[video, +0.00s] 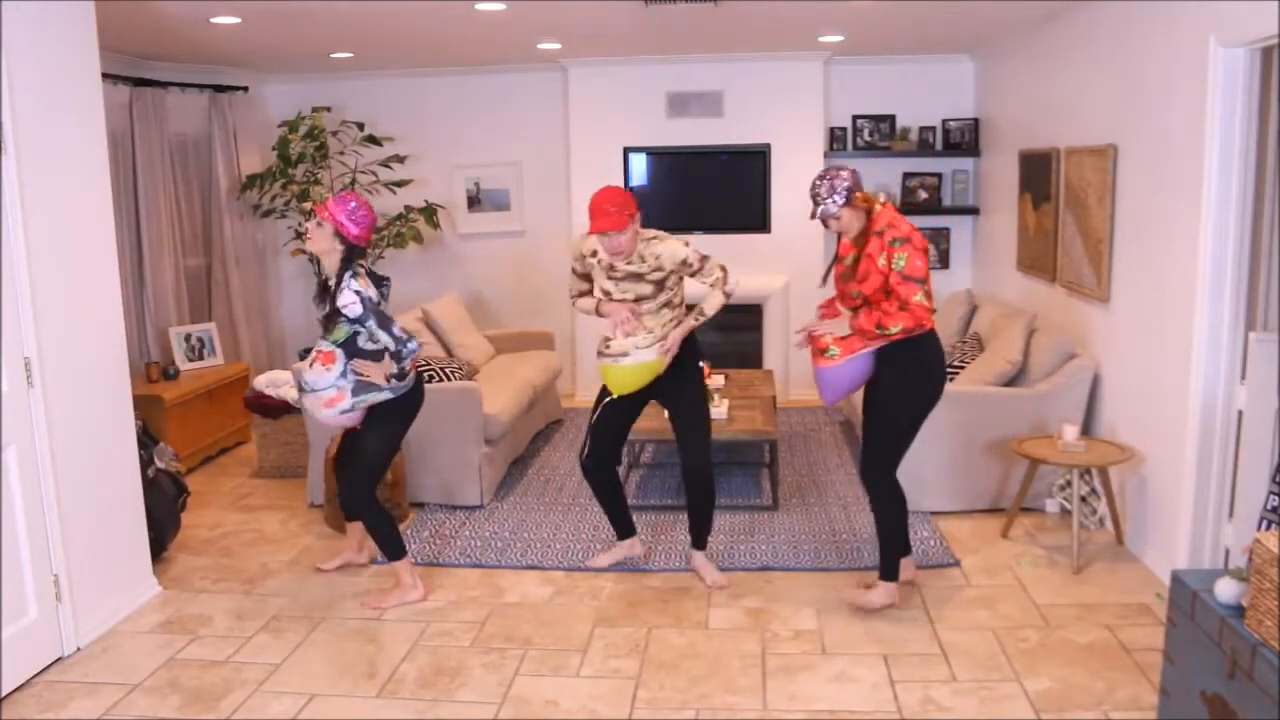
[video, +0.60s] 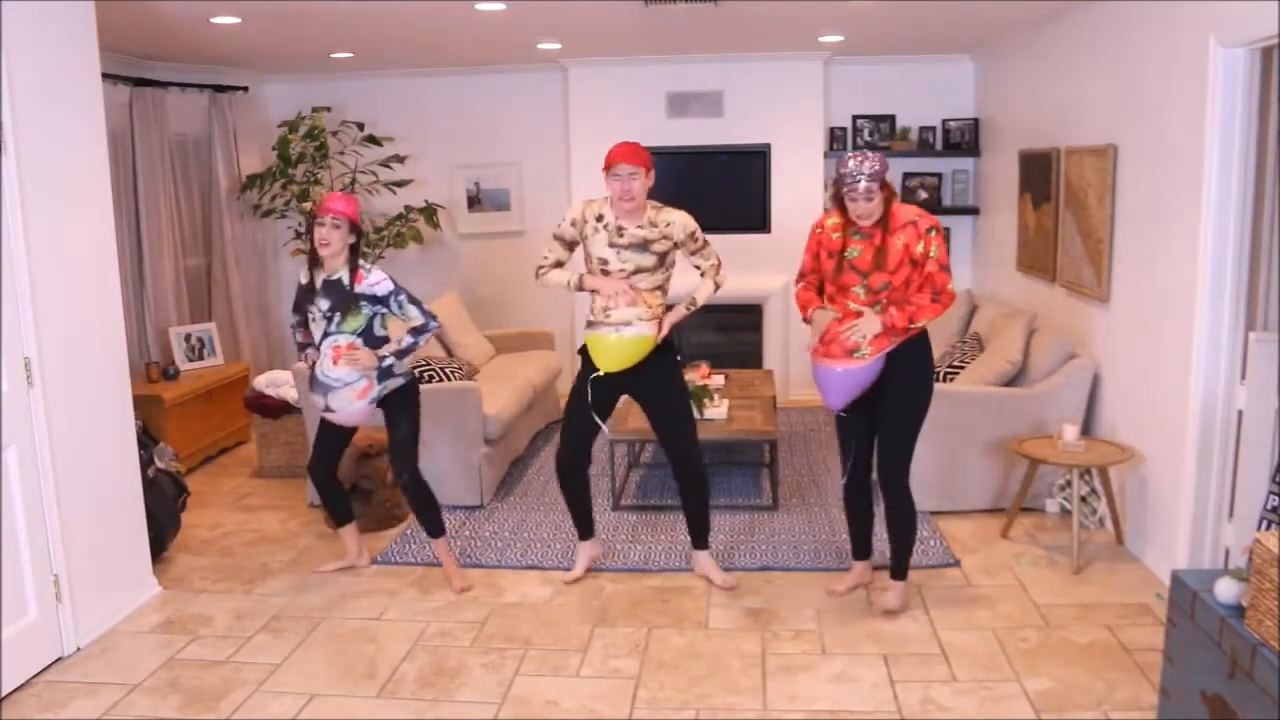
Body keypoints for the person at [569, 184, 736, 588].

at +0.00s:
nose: (614, 242)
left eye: (621, 232)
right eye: (605, 235)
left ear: (637, 223)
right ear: (594, 232)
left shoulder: (667, 250)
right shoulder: (586, 252)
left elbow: (721, 282)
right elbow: (578, 295)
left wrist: (684, 329)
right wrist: (606, 307)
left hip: (677, 359)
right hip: (626, 362)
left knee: (697, 457)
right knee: (595, 459)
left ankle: (699, 550)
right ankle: (628, 540)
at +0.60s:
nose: (625, 186)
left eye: (634, 177)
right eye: (616, 177)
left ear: (649, 180)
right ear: (605, 182)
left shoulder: (675, 224)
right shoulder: (584, 217)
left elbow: (714, 273)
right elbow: (546, 271)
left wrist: (674, 316)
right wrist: (594, 282)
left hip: (653, 349)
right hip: (601, 350)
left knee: (686, 451)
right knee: (569, 456)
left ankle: (701, 552)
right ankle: (587, 543)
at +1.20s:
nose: (610, 221)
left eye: (619, 213)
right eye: (602, 213)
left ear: (634, 225)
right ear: (588, 222)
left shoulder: (657, 265)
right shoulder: (566, 264)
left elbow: (693, 299)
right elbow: (543, 306)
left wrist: (663, 350)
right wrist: (586, 330)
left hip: (645, 376)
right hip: (588, 378)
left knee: (698, 457)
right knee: (545, 468)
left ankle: (703, 553)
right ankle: (554, 556)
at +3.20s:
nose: (607, 223)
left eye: (617, 221)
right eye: (600, 220)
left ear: (633, 243)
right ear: (588, 239)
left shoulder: (653, 290)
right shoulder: (562, 291)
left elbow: (675, 355)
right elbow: (553, 354)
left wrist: (659, 416)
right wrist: (590, 394)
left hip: (650, 399)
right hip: (588, 401)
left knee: (718, 466)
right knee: (525, 472)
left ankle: (704, 555)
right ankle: (551, 556)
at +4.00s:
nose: (609, 281)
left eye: (616, 273)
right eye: (601, 274)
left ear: (630, 254)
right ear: (586, 256)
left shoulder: (655, 270)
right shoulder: (566, 274)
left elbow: (684, 332)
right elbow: (552, 336)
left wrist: (652, 385)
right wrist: (591, 386)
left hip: (652, 387)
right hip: (592, 389)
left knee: (714, 464)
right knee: (534, 467)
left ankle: (704, 555)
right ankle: (552, 556)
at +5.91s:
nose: (611, 260)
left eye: (619, 251)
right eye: (604, 252)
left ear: (635, 232)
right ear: (592, 236)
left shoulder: (662, 258)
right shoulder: (571, 256)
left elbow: (697, 324)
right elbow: (539, 321)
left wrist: (656, 380)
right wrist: (576, 378)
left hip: (648, 396)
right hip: (587, 396)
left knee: (708, 478)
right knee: (531, 484)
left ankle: (701, 558)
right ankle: (552, 558)